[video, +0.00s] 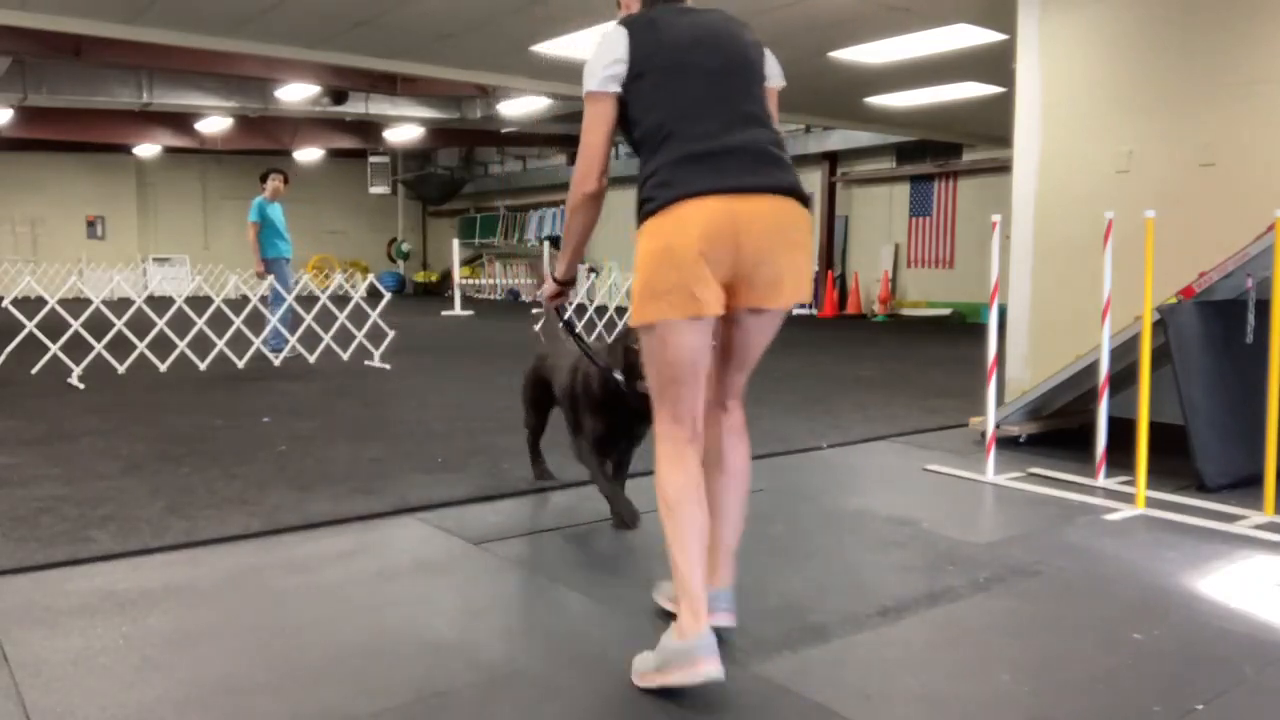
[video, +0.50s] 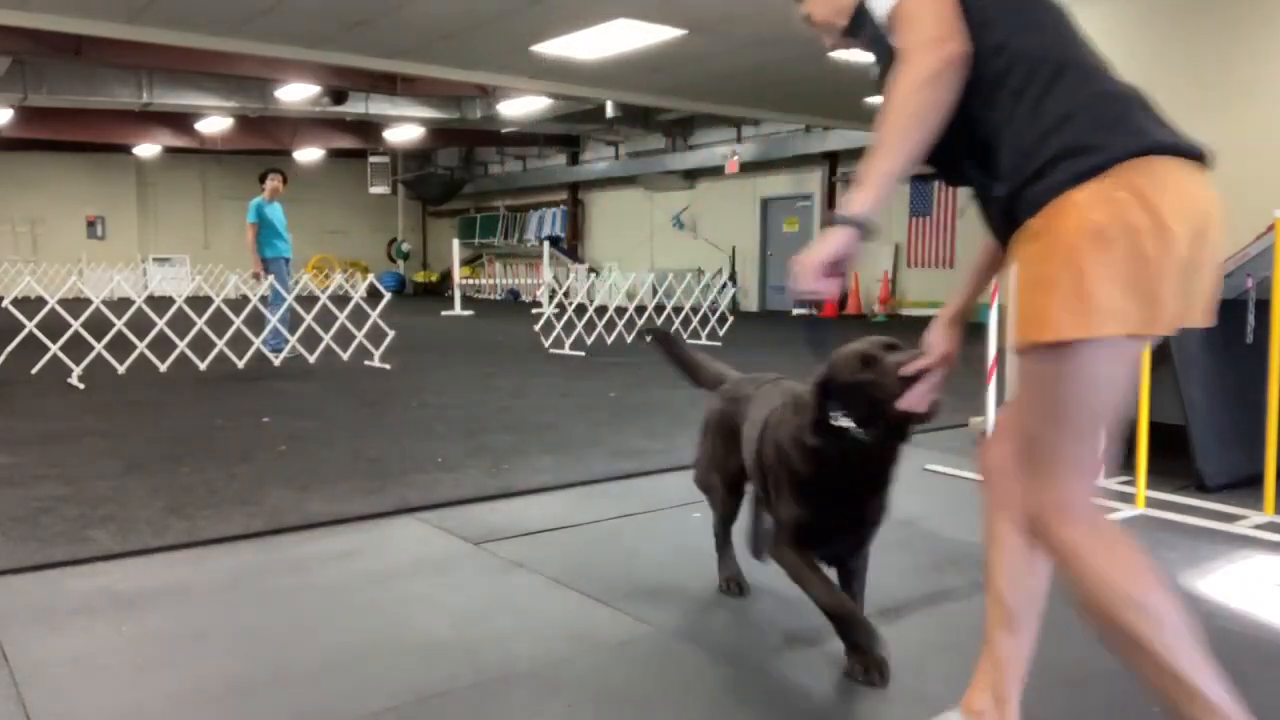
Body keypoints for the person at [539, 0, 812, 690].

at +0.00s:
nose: (616, 14)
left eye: (615, 10)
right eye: (617, 11)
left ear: (629, 4)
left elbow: (589, 181)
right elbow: (770, 143)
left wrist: (564, 268)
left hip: (685, 220)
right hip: (778, 216)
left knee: (678, 426)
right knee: (726, 403)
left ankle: (692, 630)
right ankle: (715, 588)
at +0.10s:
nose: (641, 14)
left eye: (642, 11)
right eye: (642, 12)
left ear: (658, 2)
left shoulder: (664, 25)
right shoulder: (783, 37)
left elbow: (622, 182)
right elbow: (802, 152)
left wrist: (581, 280)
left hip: (734, 237)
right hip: (835, 234)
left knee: (686, 441)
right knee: (764, 420)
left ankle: (692, 656)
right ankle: (833, 592)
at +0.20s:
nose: (679, 15)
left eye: (685, 14)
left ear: (702, 1)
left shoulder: (723, 7)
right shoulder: (820, 24)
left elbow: (677, 150)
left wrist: (615, 267)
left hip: (817, 216)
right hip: (913, 218)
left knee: (714, 434)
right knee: (830, 454)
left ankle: (684, 655)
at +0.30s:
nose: (726, 17)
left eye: (729, 8)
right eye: (725, 14)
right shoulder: (865, 23)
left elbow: (743, 137)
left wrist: (656, 265)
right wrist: (821, 302)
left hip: (910, 220)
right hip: (996, 223)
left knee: (759, 427)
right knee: (884, 475)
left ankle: (746, 678)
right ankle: (968, 704)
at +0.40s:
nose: (767, 17)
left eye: (767, 5)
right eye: (767, 14)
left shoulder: (853, 2)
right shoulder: (922, 37)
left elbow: (829, 93)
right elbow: (959, 192)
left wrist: (730, 244)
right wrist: (892, 319)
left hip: (1003, 208)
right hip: (1077, 211)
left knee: (865, 458)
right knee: (934, 474)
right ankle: (982, 694)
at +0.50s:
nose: (804, 13)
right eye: (799, 8)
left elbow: (938, 52)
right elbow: (1025, 190)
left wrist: (850, 219)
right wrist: (952, 314)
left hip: (1106, 197)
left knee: (1059, 506)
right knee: (1008, 461)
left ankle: (1222, 709)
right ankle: (993, 703)